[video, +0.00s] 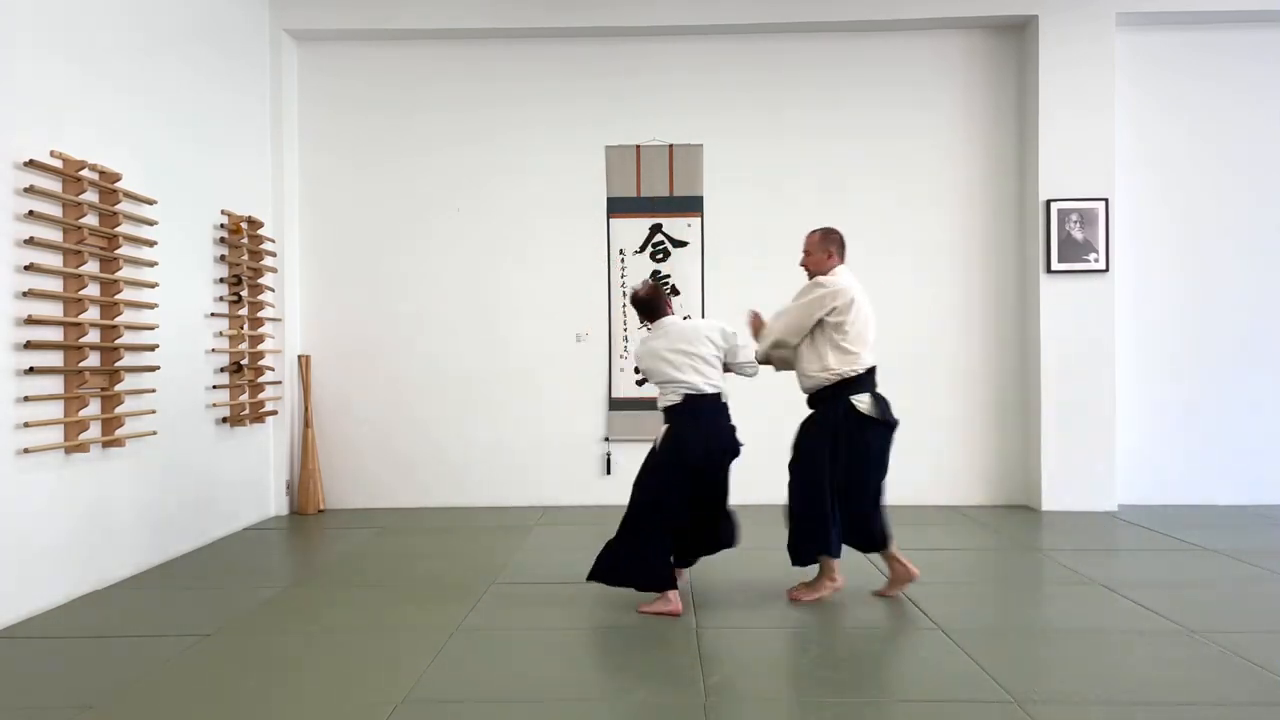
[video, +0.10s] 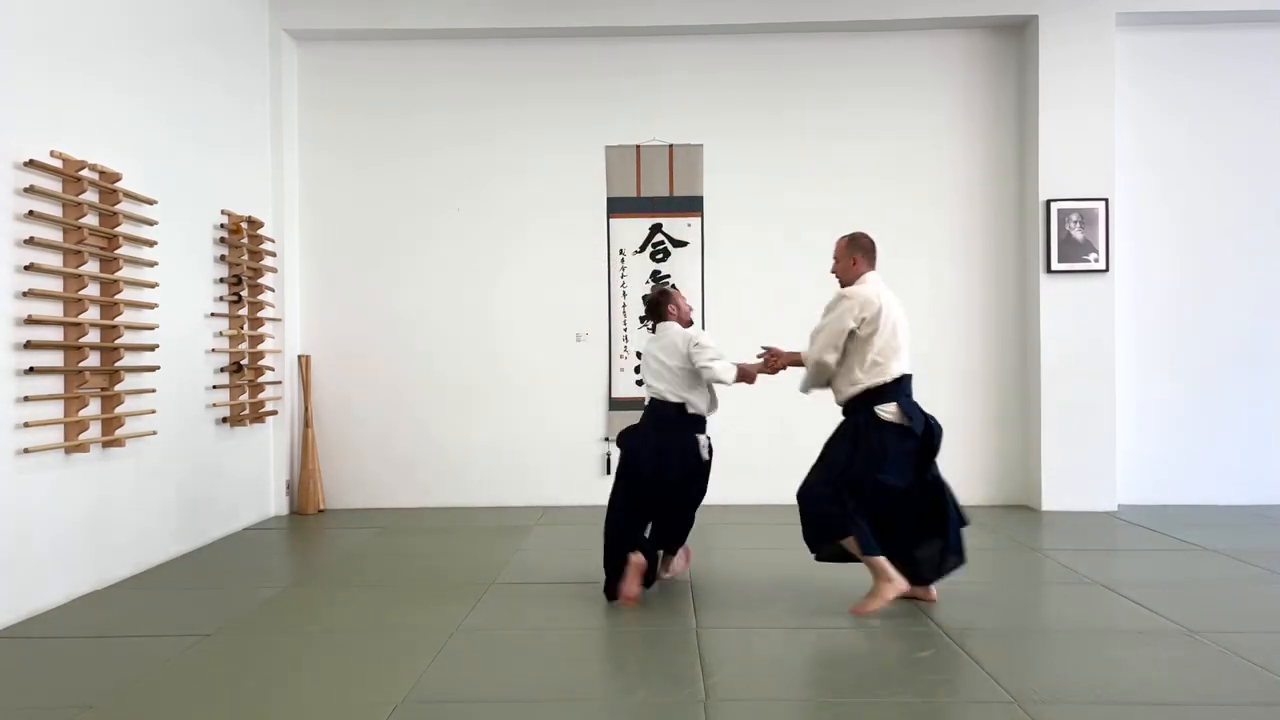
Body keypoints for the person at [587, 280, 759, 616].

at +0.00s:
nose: (668, 299)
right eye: (667, 296)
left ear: (641, 317)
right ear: (670, 303)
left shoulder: (643, 349)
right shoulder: (707, 329)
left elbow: (662, 377)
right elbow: (749, 366)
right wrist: (710, 354)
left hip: (681, 430)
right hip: (718, 425)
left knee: (654, 504)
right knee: (694, 498)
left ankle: (669, 596)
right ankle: (680, 568)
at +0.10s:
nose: (690, 305)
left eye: (686, 299)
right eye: (685, 301)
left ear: (662, 312)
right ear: (674, 308)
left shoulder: (651, 344)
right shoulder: (692, 339)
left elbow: (697, 367)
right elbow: (714, 371)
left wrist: (749, 367)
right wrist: (741, 373)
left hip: (651, 428)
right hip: (686, 434)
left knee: (639, 501)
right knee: (681, 503)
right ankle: (647, 557)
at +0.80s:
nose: (718, 305)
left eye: (723, 298)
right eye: (714, 300)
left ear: (742, 297)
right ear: (711, 305)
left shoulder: (762, 330)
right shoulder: (719, 340)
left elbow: (764, 355)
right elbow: (721, 380)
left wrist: (733, 336)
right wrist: (702, 391)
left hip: (771, 426)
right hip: (737, 426)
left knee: (787, 503)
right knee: (706, 483)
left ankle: (809, 581)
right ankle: (707, 560)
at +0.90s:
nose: (714, 302)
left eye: (719, 294)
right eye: (707, 297)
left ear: (735, 294)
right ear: (702, 303)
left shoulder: (752, 323)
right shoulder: (714, 332)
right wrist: (735, 405)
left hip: (775, 418)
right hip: (742, 420)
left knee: (791, 495)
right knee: (714, 487)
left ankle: (816, 573)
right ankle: (710, 566)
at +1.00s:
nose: (700, 299)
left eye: (707, 291)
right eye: (695, 295)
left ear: (724, 293)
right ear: (692, 304)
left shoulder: (742, 321)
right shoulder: (706, 332)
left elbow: (748, 334)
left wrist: (737, 303)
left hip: (765, 416)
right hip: (737, 418)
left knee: (773, 491)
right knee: (716, 488)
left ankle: (787, 570)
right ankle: (714, 565)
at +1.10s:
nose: (694, 295)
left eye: (699, 288)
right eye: (689, 290)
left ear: (717, 287)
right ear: (688, 295)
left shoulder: (735, 322)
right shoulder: (705, 328)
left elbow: (741, 361)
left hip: (751, 409)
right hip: (729, 410)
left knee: (750, 485)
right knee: (711, 484)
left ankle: (763, 565)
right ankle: (713, 563)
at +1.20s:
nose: (690, 292)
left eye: (695, 284)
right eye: (688, 285)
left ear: (709, 284)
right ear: (691, 287)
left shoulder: (729, 318)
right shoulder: (701, 322)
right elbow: (684, 333)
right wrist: (659, 310)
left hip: (741, 410)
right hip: (721, 409)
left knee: (734, 488)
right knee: (706, 484)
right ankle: (711, 562)